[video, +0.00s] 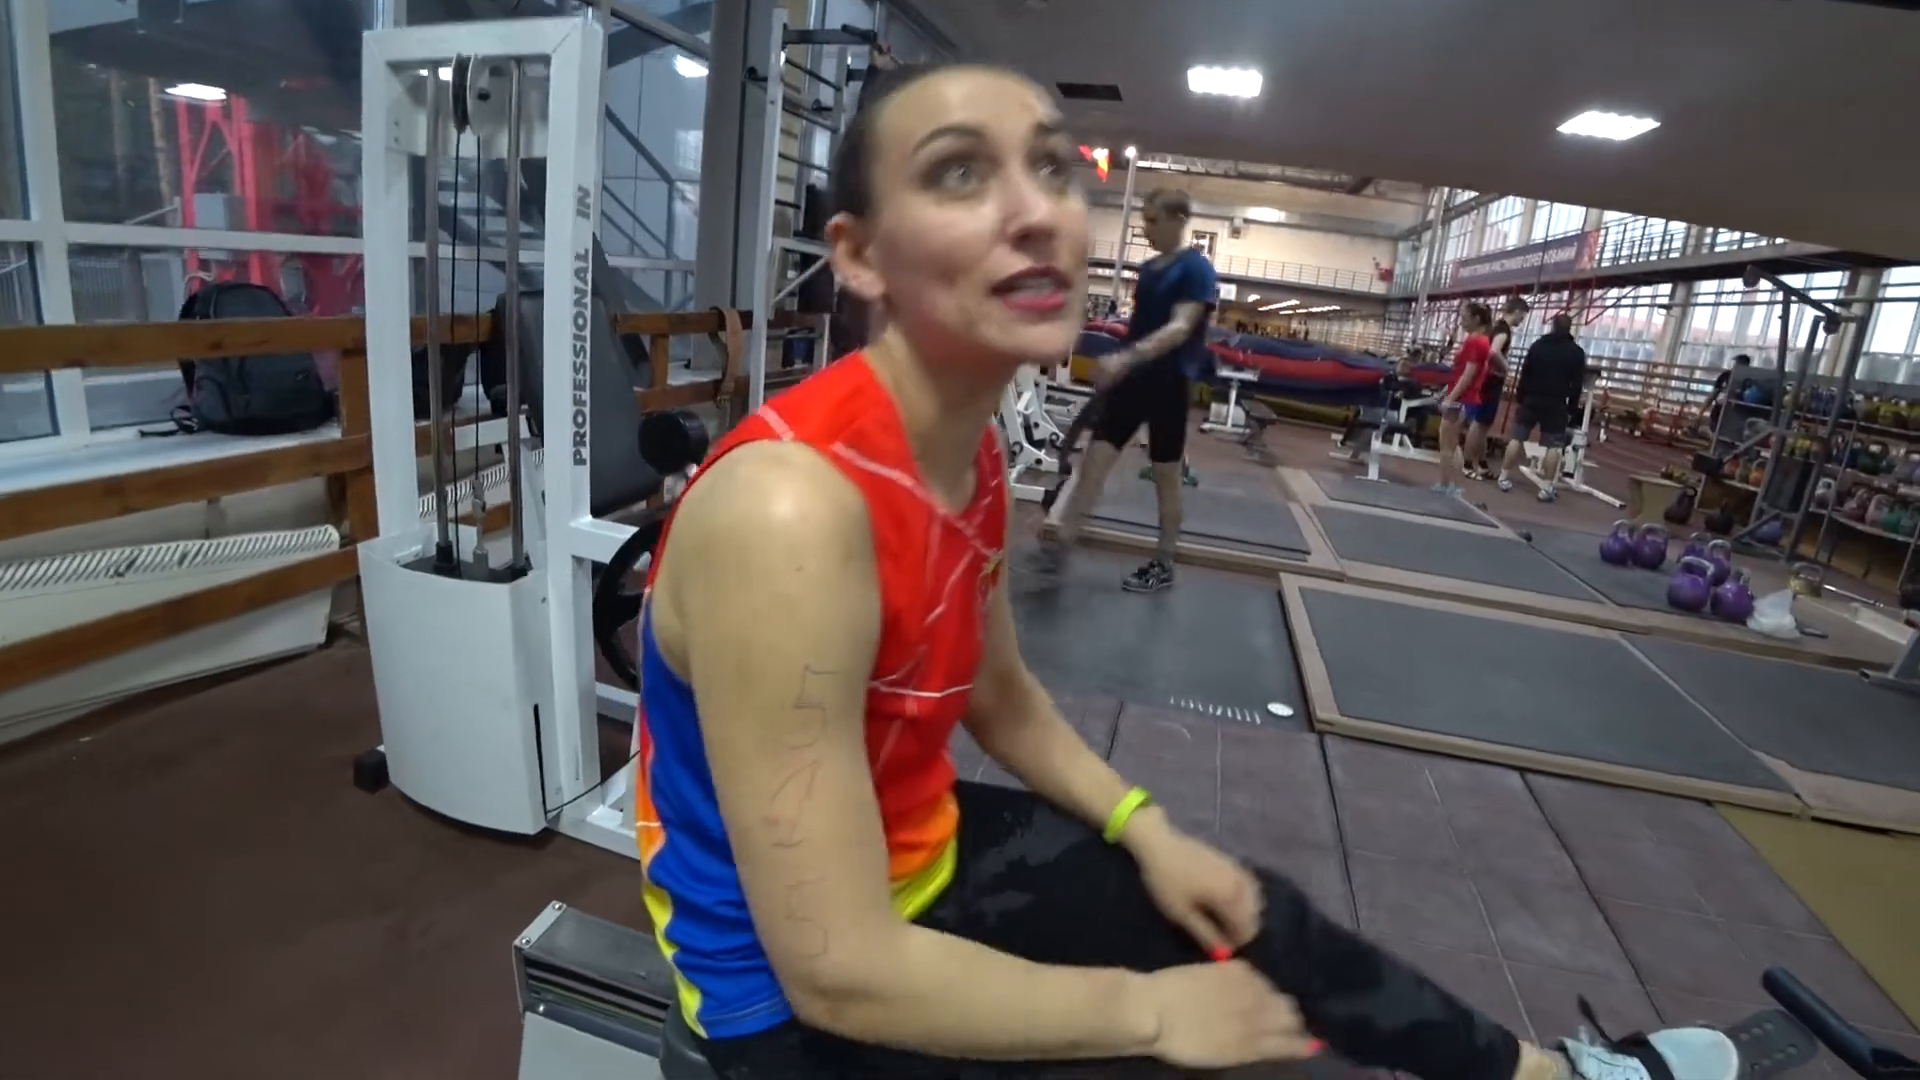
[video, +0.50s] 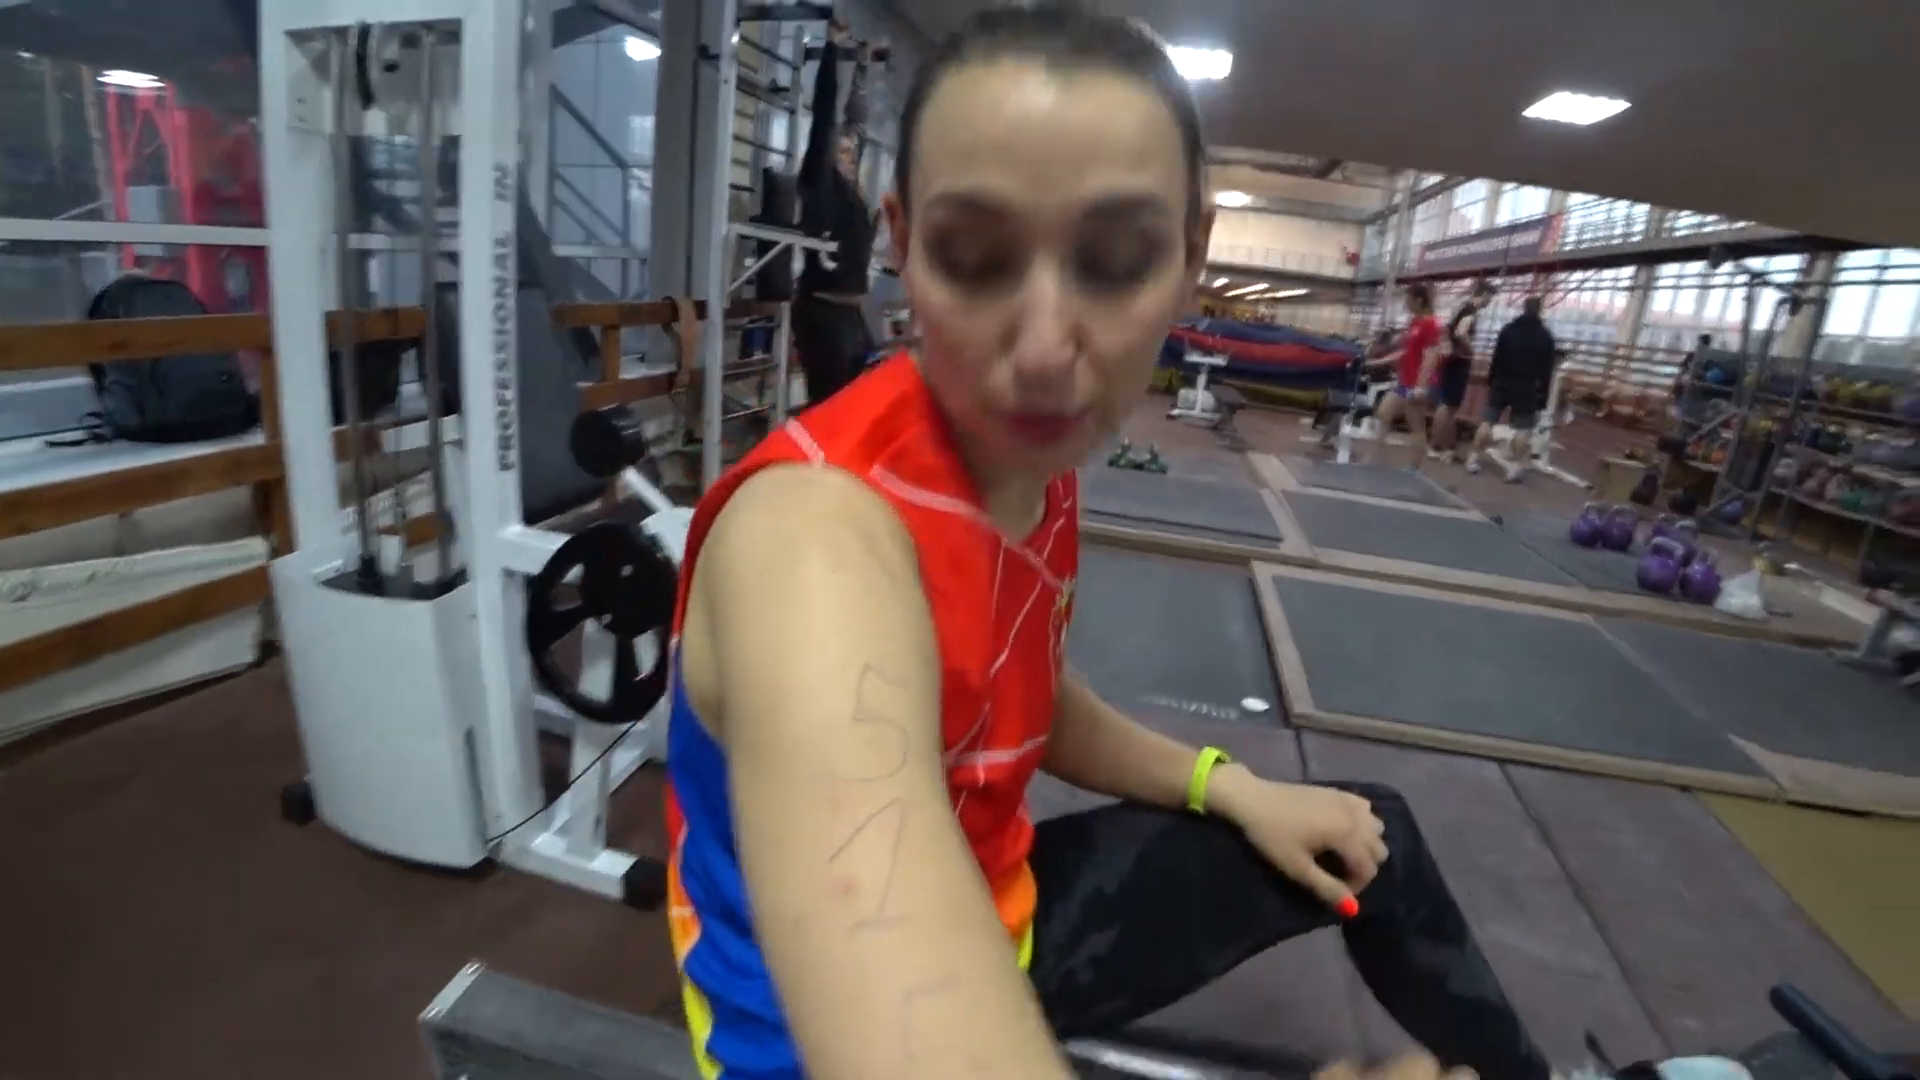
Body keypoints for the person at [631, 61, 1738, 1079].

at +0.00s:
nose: (1036, 212)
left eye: (1052, 171)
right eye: (957, 177)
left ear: (1082, 219)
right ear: (859, 259)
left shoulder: (964, 452)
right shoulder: (783, 513)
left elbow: (1002, 701)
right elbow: (839, 972)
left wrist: (1146, 832)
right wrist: (1156, 1016)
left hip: (943, 857)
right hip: (806, 999)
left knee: (1246, 907)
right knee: (1251, 1046)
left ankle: (1533, 1067)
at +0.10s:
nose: (1087, 190)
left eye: (1105, 141)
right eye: (1004, 144)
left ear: (1136, 191)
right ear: (889, 229)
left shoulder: (988, 428)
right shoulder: (814, 499)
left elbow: (1020, 690)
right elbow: (850, 1011)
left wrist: (1182, 813)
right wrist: (1191, 1011)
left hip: (960, 845)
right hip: (836, 1004)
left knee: (1293, 881)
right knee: (1315, 1047)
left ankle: (1548, 1067)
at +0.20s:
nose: (1114, 177)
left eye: (1140, 121)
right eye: (1032, 124)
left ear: (1174, 166)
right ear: (915, 210)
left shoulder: (1013, 425)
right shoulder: (834, 490)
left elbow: (1032, 681)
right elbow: (874, 1040)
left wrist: (1216, 795)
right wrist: (1231, 1021)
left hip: (978, 864)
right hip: (864, 1013)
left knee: (1342, 867)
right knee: (1399, 1051)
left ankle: (1561, 1071)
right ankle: (1560, 1071)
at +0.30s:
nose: (1108, 217)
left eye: (1149, 143)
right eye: (1027, 151)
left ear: (1191, 175)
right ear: (915, 203)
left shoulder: (1026, 418)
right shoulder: (843, 495)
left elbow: (1037, 673)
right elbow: (932, 1062)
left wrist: (1239, 785)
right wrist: (1299, 1046)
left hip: (1009, 879)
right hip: (878, 1027)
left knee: (1360, 838)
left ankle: (1563, 1076)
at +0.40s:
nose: (1070, 284)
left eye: (1131, 200)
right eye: (998, 205)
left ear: (1194, 203)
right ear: (913, 215)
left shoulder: (1026, 435)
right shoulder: (838, 509)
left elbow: (1026, 677)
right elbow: (960, 1060)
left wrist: (1240, 783)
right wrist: (1353, 1077)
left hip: (1002, 892)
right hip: (853, 1026)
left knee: (1372, 827)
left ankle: (1542, 1073)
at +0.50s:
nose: (1044, 349)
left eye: (1114, 262)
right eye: (976, 260)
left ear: (1193, 257)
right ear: (901, 245)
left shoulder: (1023, 455)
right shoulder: (813, 547)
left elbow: (1031, 705)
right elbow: (941, 1059)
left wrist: (1234, 791)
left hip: (995, 926)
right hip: (827, 1042)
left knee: (1362, 827)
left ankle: (1519, 1074)